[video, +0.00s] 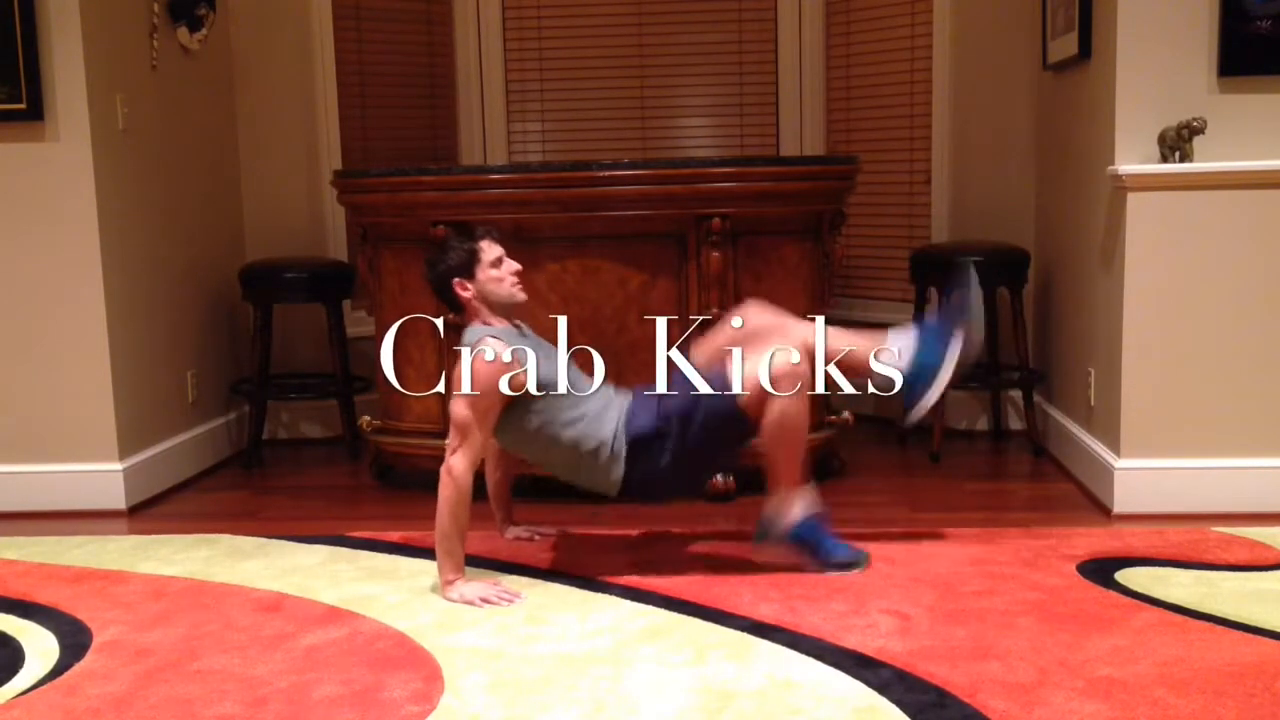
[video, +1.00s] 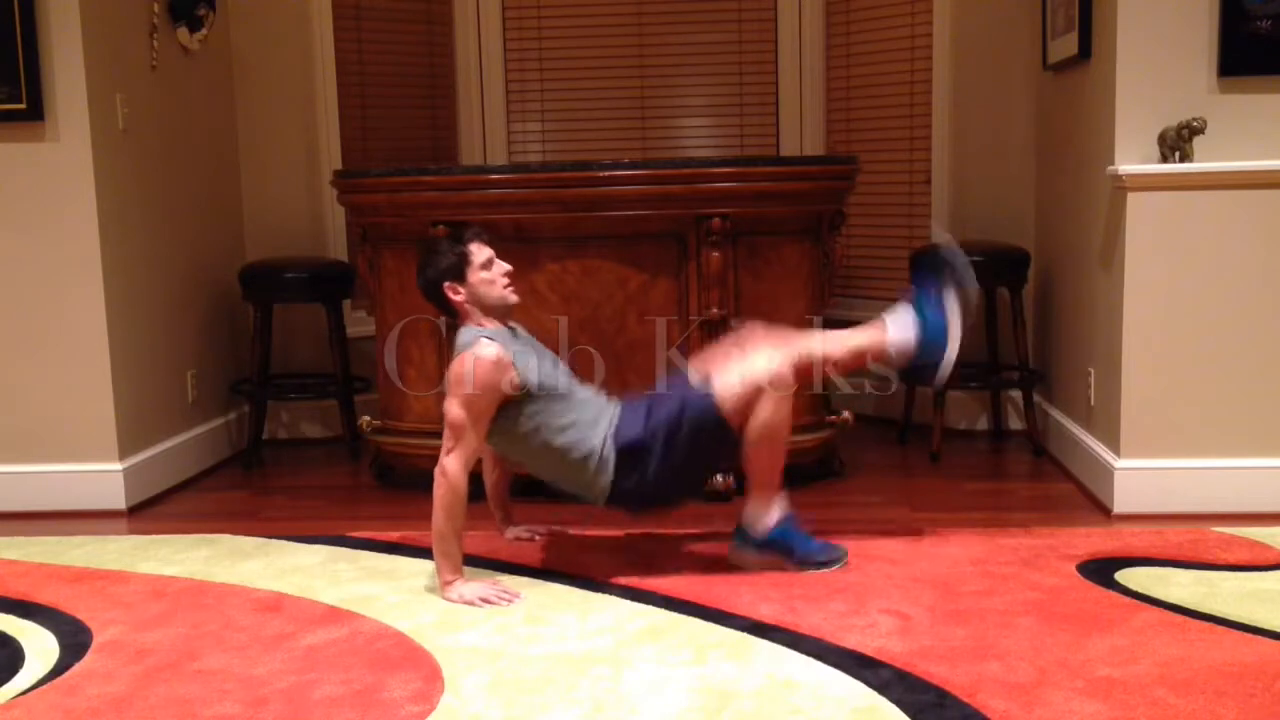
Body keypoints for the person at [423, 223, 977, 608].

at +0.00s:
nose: (514, 270)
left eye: (509, 261)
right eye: (498, 266)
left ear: (494, 279)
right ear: (466, 289)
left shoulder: (505, 337)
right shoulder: (484, 355)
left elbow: (493, 441)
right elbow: (456, 462)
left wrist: (501, 521)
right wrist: (450, 578)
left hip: (643, 416)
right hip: (636, 450)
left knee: (752, 316)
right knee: (783, 363)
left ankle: (901, 357)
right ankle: (787, 516)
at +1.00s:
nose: (505, 271)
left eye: (499, 262)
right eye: (489, 267)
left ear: (481, 283)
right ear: (456, 293)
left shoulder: (500, 338)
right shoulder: (478, 360)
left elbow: (488, 439)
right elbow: (450, 465)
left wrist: (501, 517)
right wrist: (448, 577)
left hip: (633, 428)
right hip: (626, 460)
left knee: (758, 341)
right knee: (767, 372)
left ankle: (905, 333)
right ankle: (762, 525)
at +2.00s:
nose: (500, 269)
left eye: (494, 260)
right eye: (484, 266)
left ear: (472, 284)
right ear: (452, 293)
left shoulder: (493, 337)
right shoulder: (476, 360)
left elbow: (487, 440)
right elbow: (452, 465)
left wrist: (499, 521)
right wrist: (451, 577)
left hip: (633, 412)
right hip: (633, 446)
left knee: (752, 316)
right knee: (772, 353)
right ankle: (761, 509)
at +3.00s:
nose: (506, 270)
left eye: (500, 261)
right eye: (490, 266)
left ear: (476, 285)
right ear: (456, 291)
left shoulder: (498, 339)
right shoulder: (476, 357)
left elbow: (489, 440)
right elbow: (450, 466)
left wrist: (498, 521)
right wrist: (449, 576)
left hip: (635, 413)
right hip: (630, 445)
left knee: (769, 321)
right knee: (770, 344)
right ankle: (798, 496)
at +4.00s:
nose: (499, 269)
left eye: (494, 259)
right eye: (482, 264)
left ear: (481, 277)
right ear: (449, 289)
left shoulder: (492, 337)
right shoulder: (468, 358)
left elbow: (486, 440)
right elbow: (445, 466)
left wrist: (499, 519)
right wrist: (448, 578)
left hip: (627, 420)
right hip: (621, 450)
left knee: (756, 317)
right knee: (753, 335)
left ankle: (887, 374)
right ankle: (807, 484)